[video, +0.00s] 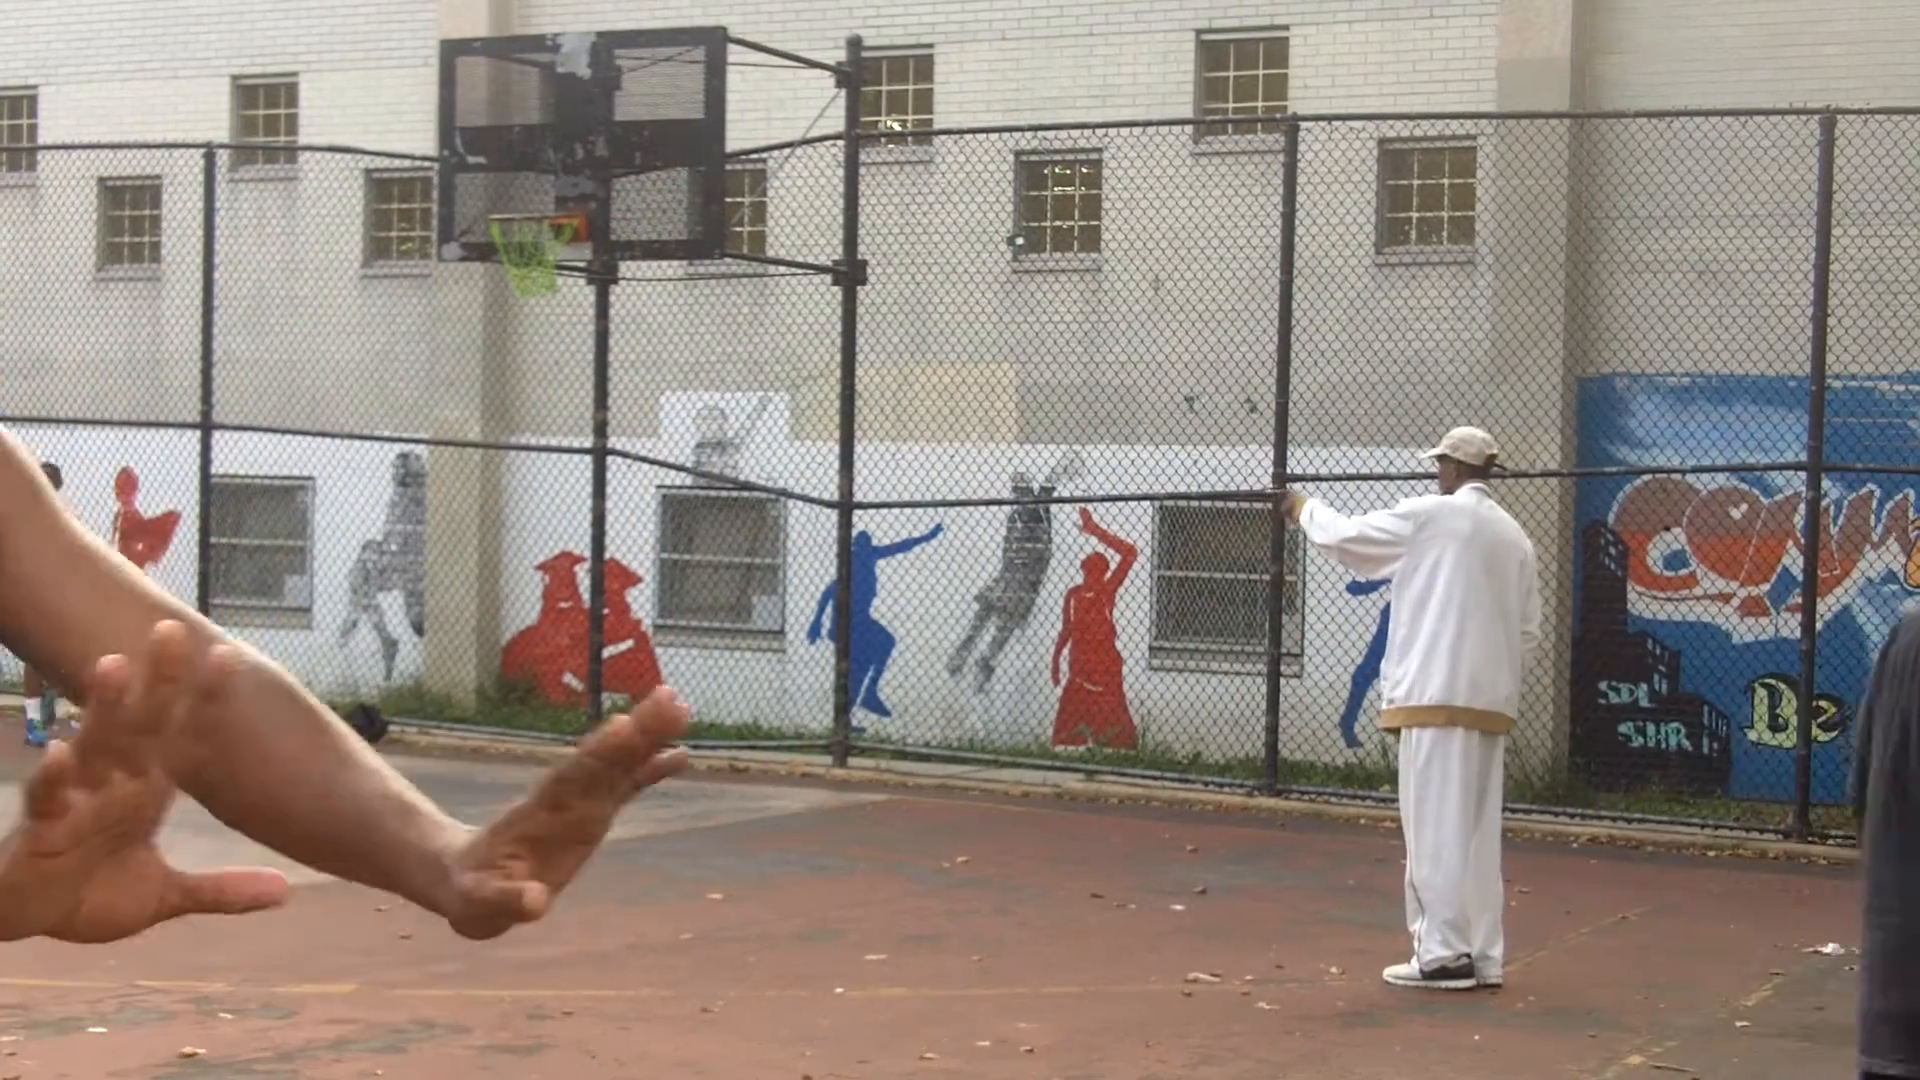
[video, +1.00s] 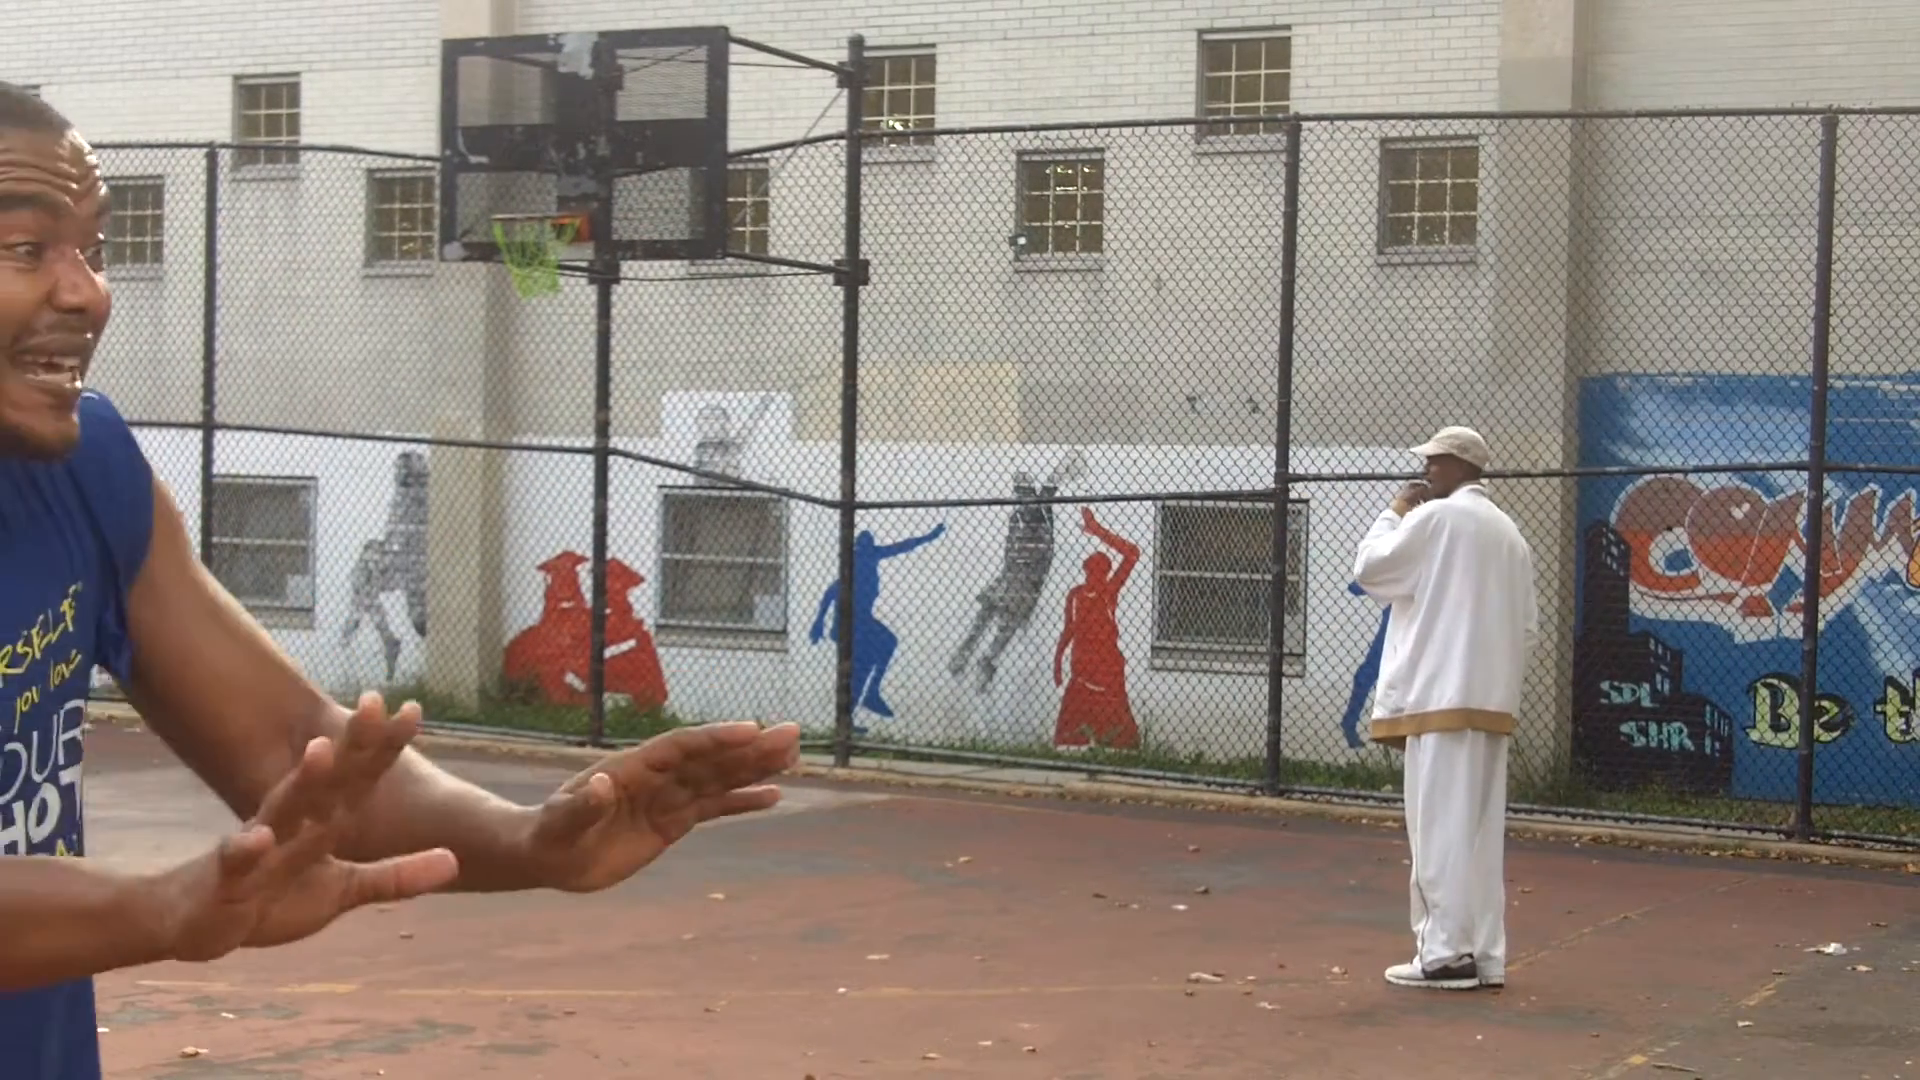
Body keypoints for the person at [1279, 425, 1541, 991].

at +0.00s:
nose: (1436, 475)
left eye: (1441, 466)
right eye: (1439, 466)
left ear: (1455, 470)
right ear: (1487, 475)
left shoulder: (1431, 516)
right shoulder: (1518, 539)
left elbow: (1346, 536)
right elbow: (1531, 630)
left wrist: (1301, 506)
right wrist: (1495, 679)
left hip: (1433, 691)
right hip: (1492, 698)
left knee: (1432, 823)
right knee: (1480, 825)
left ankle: (1442, 954)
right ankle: (1483, 957)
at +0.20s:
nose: (1436, 474)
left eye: (1442, 466)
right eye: (1439, 465)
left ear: (1457, 470)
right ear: (1487, 474)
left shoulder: (1435, 516)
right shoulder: (1519, 538)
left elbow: (1349, 533)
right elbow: (1532, 629)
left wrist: (1305, 504)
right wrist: (1496, 679)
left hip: (1438, 691)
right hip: (1494, 697)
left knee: (1436, 823)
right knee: (1482, 824)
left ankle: (1444, 954)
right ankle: (1484, 956)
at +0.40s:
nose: (1436, 474)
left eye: (1442, 465)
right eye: (1439, 465)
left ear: (1458, 469)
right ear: (1487, 474)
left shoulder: (1434, 516)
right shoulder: (1519, 538)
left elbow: (1349, 534)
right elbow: (1532, 630)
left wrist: (1312, 501)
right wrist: (1495, 679)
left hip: (1438, 690)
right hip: (1494, 697)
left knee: (1436, 822)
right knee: (1483, 824)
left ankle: (1444, 953)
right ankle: (1485, 956)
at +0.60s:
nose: (1431, 476)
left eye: (1436, 467)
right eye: (1433, 467)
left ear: (1454, 469)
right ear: (1482, 473)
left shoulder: (1435, 516)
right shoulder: (1517, 536)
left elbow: (1357, 554)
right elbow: (1529, 626)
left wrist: (1367, 505)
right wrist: (1498, 679)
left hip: (1439, 687)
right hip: (1496, 692)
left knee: (1438, 822)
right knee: (1484, 823)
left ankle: (1445, 952)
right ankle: (1486, 957)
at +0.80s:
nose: (1428, 474)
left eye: (1435, 465)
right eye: (1430, 464)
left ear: (1459, 470)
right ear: (1478, 474)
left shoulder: (1437, 518)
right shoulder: (1516, 535)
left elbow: (1364, 563)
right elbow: (1530, 625)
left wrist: (1398, 506)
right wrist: (1503, 684)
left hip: (1440, 689)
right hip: (1496, 694)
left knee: (1439, 822)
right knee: (1484, 824)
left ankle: (1446, 952)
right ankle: (1485, 957)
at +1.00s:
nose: (1426, 472)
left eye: (1434, 463)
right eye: (1428, 463)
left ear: (1460, 469)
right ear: (1478, 473)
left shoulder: (1439, 519)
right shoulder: (1513, 535)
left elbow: (1370, 568)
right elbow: (1529, 626)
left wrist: (1396, 512)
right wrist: (1498, 680)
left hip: (1443, 690)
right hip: (1495, 695)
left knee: (1439, 823)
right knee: (1483, 824)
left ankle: (1445, 953)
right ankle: (1485, 956)